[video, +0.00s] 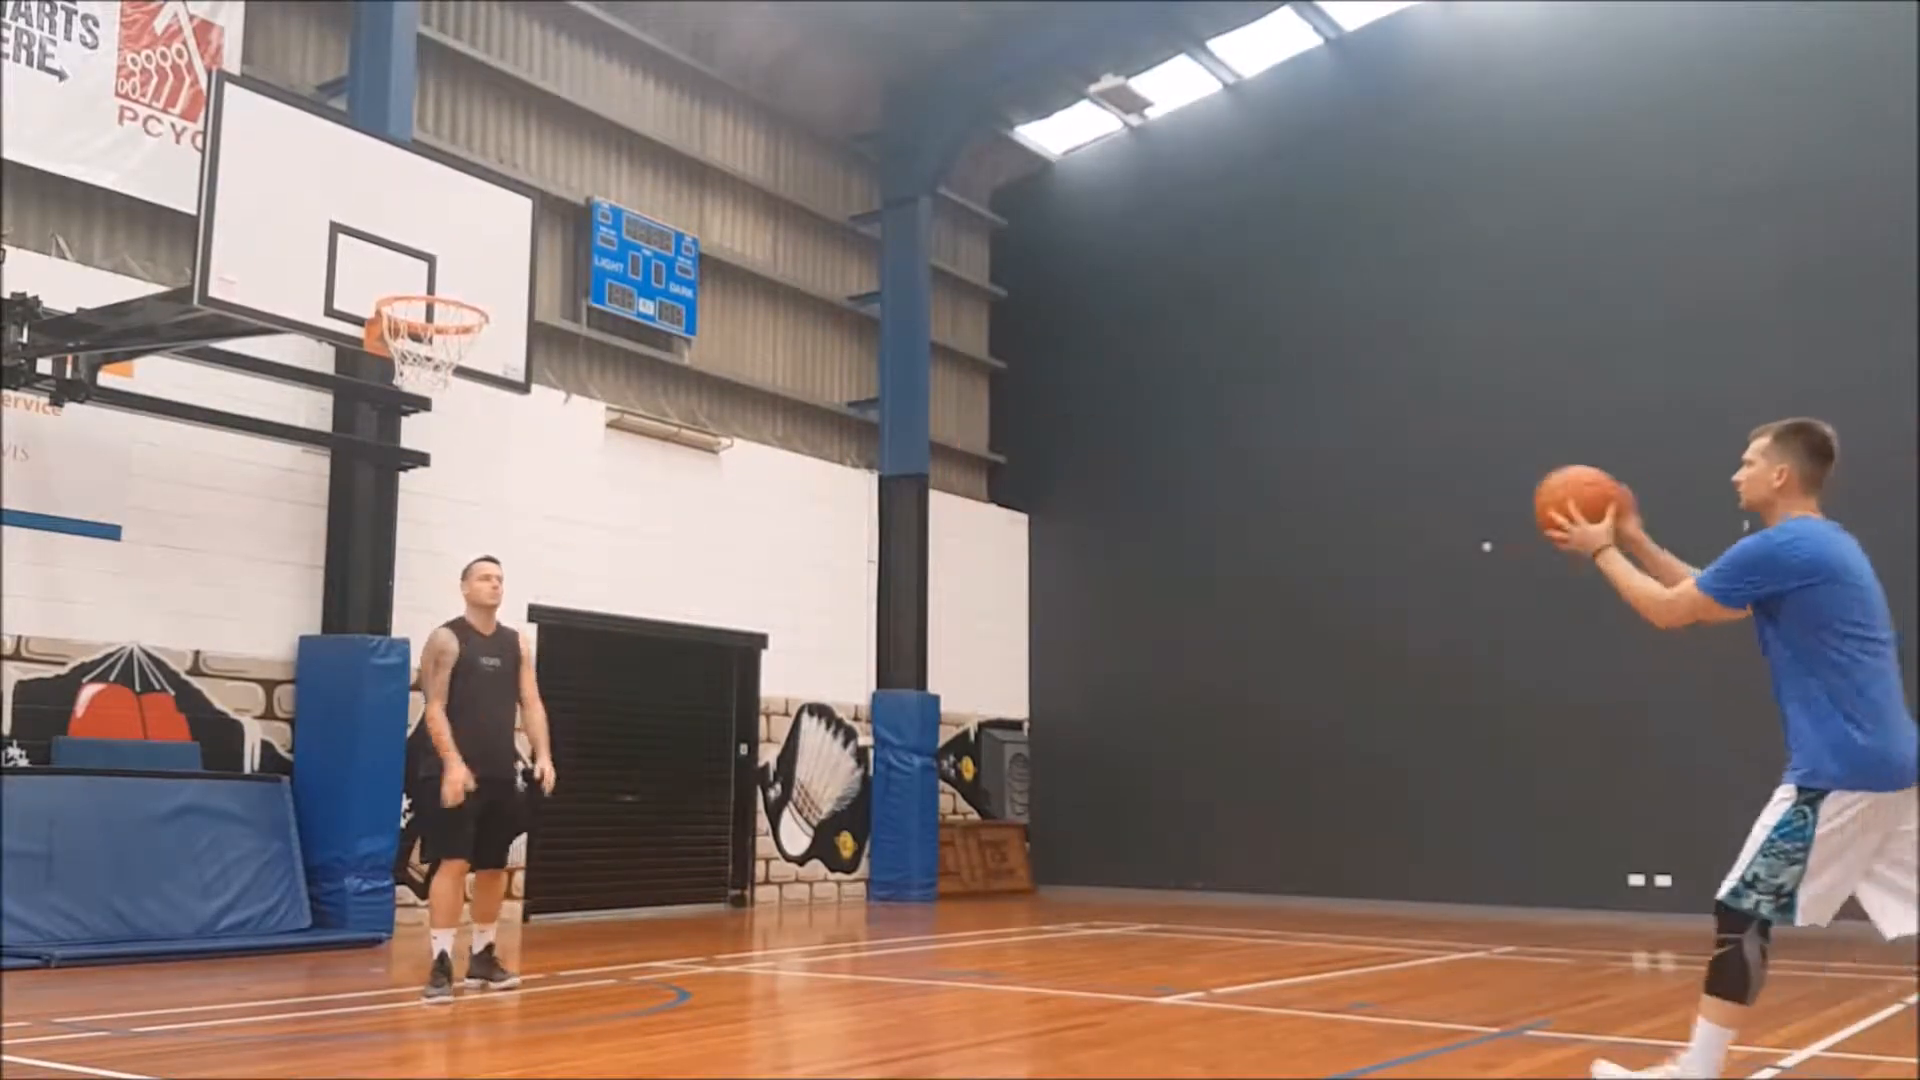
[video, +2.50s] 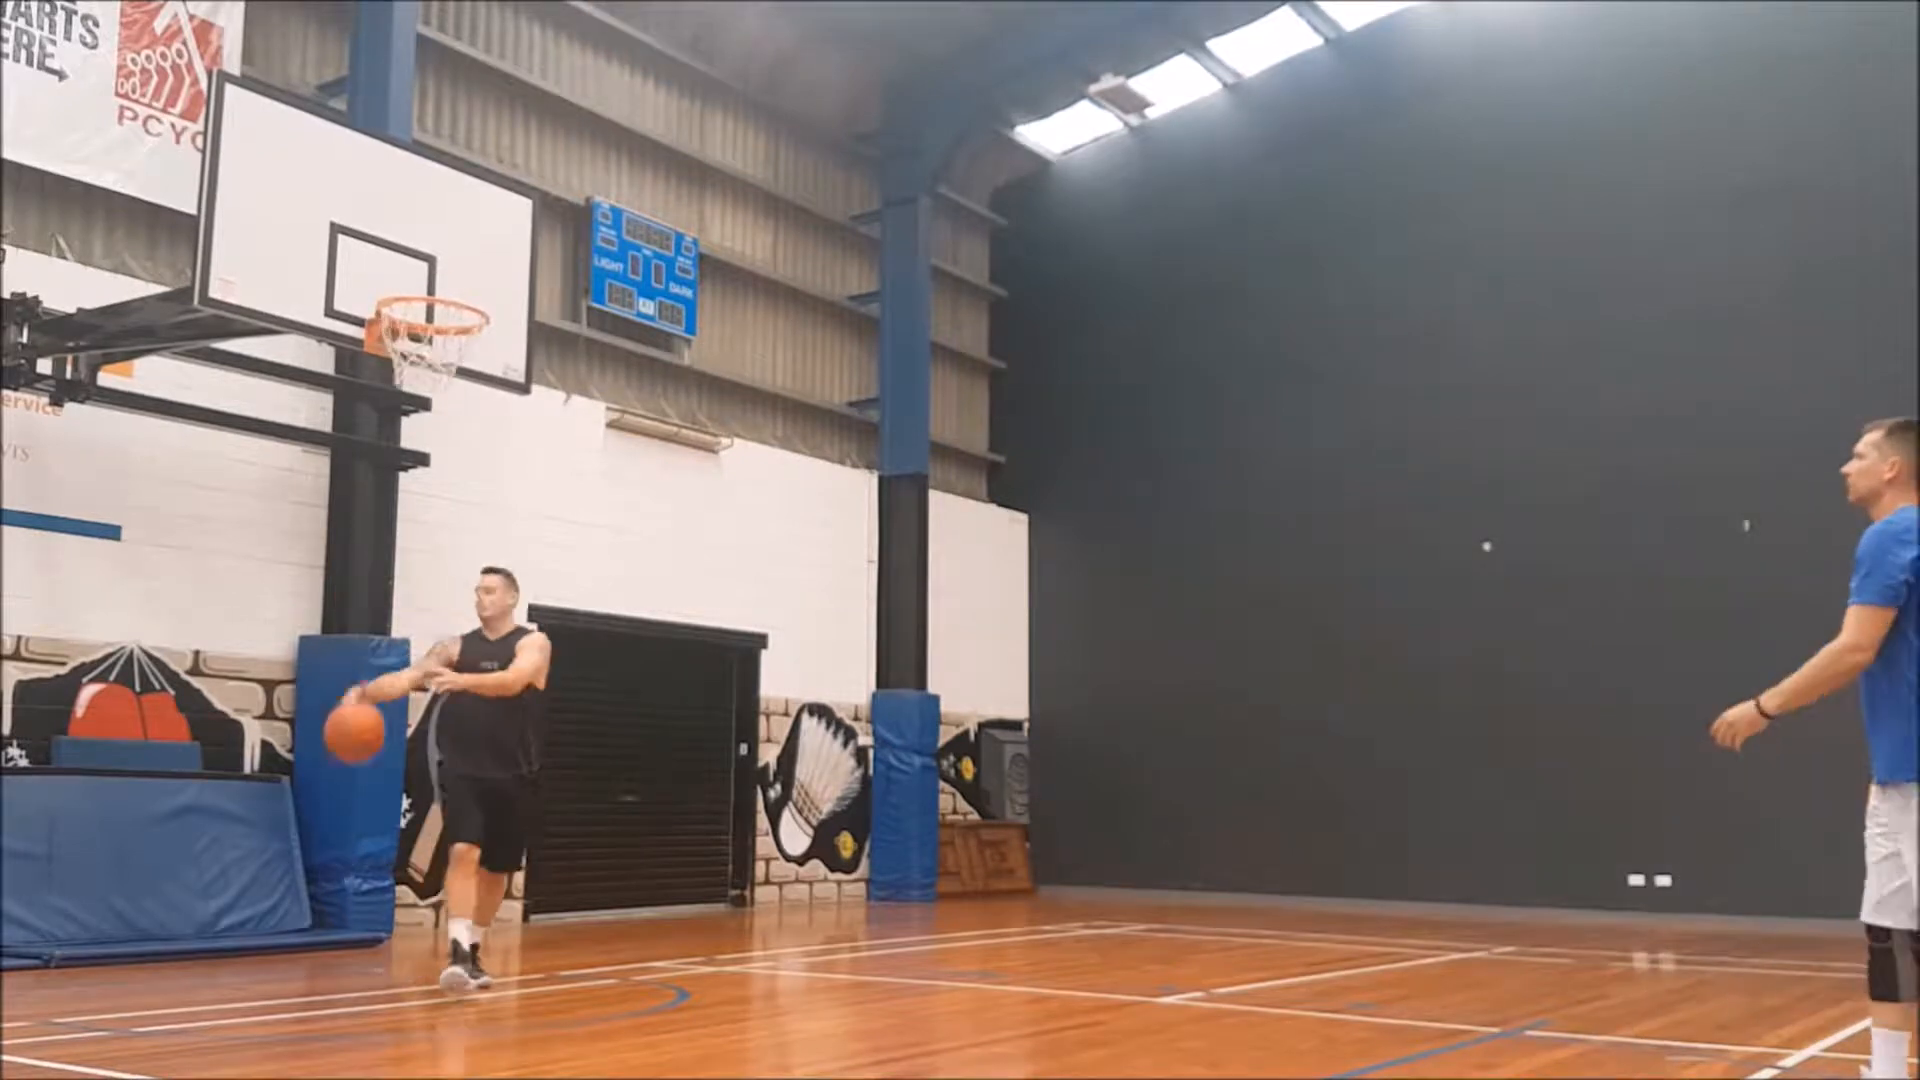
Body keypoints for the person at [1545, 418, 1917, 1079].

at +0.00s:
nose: (1736, 475)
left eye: (1747, 463)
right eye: (1741, 463)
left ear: (1782, 475)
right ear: (1797, 479)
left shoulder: (1779, 549)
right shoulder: (1830, 543)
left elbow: (1667, 611)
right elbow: (1711, 597)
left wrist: (1602, 553)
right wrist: (1635, 543)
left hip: (1838, 770)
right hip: (1893, 765)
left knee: (1743, 911)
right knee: (1914, 917)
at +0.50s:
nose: (1542, 539)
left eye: (1554, 532)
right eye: (1550, 530)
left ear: (1583, 553)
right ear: (1582, 554)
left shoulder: (1608, 627)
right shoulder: (1594, 628)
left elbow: (1566, 741)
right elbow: (1553, 727)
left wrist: (1468, 755)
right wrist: (1466, 737)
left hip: (1650, 820)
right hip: (1621, 813)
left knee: (1542, 942)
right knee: (1521, 930)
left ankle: (1618, 1072)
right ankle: (1568, 1067)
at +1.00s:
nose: (1558, 369)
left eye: (1572, 365)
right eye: (1567, 361)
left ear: (1598, 389)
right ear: (1585, 383)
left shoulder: (1591, 440)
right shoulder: (1549, 437)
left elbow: (1495, 370)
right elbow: (1495, 362)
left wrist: (1433, 296)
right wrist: (1466, 271)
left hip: (1556, 662)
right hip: (1511, 657)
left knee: (1541, 833)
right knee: (1508, 830)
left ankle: (1567, 996)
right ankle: (1518, 989)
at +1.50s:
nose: (1590, 463)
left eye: (1603, 455)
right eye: (1598, 453)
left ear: (1629, 476)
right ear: (1625, 478)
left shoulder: (1634, 550)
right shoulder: (1601, 559)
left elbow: (1580, 646)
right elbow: (1543, 657)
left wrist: (1475, 643)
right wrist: (1509, 594)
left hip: (1603, 761)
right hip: (1560, 754)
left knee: (1551, 911)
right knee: (1509, 901)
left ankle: (1589, 1069)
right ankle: (1558, 1057)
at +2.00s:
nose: (1695, 480)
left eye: (1708, 470)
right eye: (1703, 470)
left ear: (1736, 488)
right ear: (1744, 491)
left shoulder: (1753, 553)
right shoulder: (1771, 555)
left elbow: (1804, 653)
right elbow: (1810, 658)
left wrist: (1832, 762)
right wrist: (1831, 770)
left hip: (1765, 778)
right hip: (1795, 778)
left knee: (1698, 918)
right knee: (1798, 930)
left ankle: (1656, 1065)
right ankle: (1873, 1067)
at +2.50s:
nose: (1845, 468)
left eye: (1857, 457)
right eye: (1851, 457)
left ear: (1892, 468)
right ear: (1896, 470)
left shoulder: (1892, 538)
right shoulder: (1903, 535)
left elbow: (1858, 646)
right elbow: (1872, 651)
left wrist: (1762, 707)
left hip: (1904, 777)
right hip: (1901, 774)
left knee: (1892, 930)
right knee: (1892, 929)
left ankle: (1889, 1069)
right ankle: (1889, 1066)